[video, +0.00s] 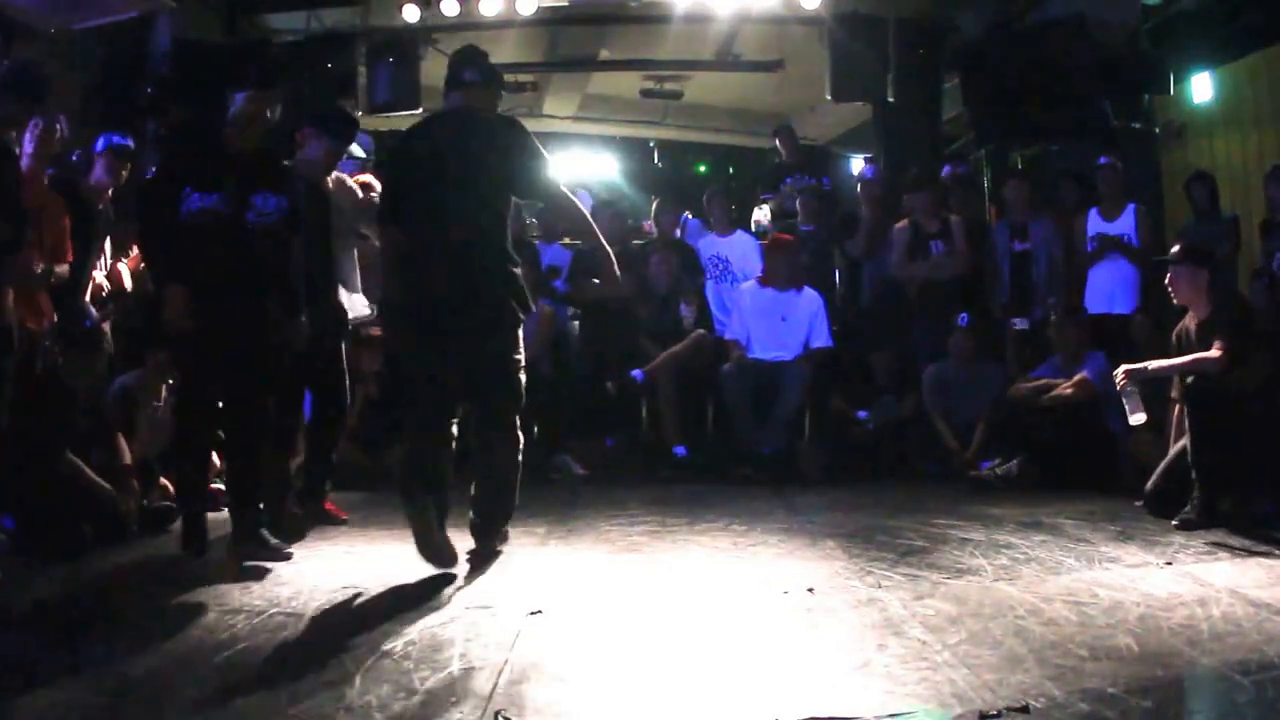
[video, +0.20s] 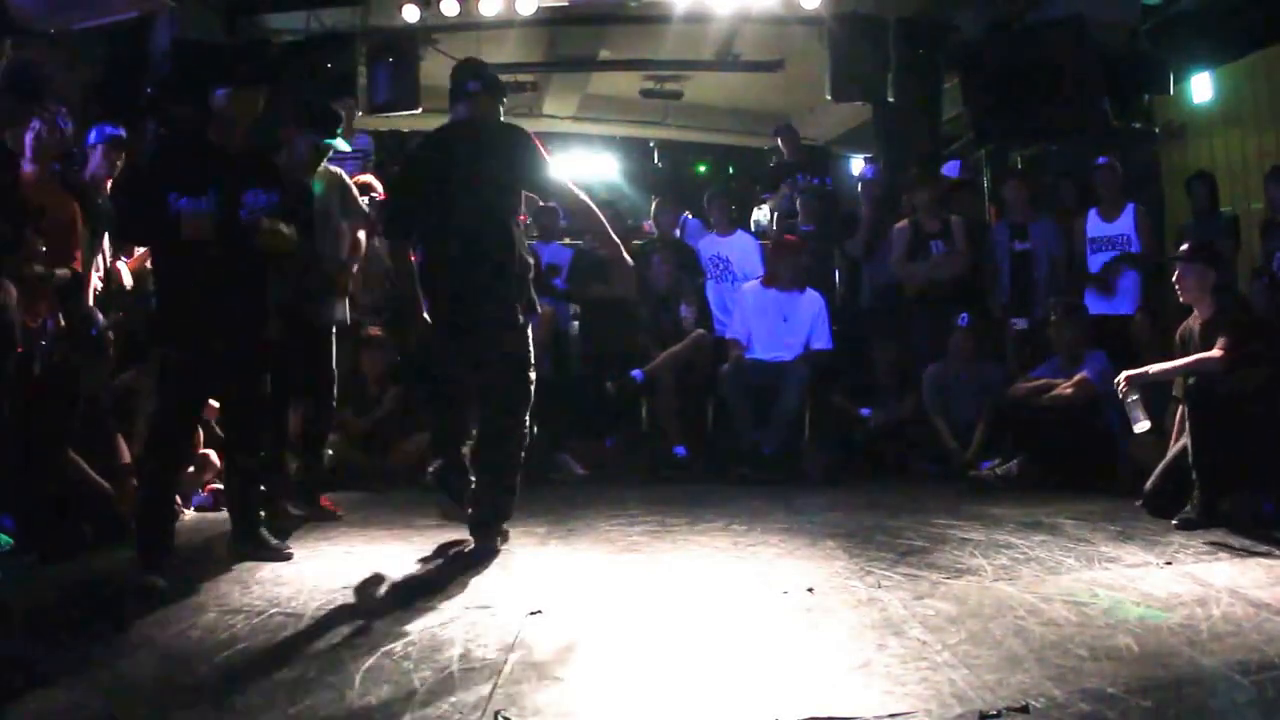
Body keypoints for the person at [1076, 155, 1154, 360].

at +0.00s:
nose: (1107, 183)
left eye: (1111, 177)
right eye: (1102, 178)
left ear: (1120, 180)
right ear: (1097, 181)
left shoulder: (1137, 214)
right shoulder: (1087, 218)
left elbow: (1145, 259)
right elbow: (1080, 263)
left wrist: (1119, 245)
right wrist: (1100, 250)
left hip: (1127, 302)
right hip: (1096, 303)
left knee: (1128, 360)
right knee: (1098, 361)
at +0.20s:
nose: (1105, 184)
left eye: (1110, 178)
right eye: (1100, 179)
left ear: (1119, 180)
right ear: (1095, 183)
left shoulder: (1136, 215)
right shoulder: (1085, 220)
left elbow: (1150, 258)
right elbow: (1077, 267)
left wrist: (1122, 260)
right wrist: (1095, 280)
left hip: (1129, 308)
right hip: (1097, 310)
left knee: (1131, 369)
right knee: (1100, 368)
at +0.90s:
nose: (1108, 180)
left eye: (1113, 174)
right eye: (1104, 175)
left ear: (1123, 178)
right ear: (1099, 179)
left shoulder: (1141, 213)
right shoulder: (1090, 216)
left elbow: (1150, 259)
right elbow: (1088, 260)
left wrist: (1129, 282)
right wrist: (1086, 296)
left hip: (1135, 305)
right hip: (1103, 305)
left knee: (1138, 362)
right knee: (1107, 363)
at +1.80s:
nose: (1104, 187)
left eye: (1109, 180)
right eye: (1099, 180)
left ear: (1119, 181)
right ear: (1093, 183)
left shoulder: (1134, 215)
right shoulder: (1086, 215)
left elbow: (1145, 253)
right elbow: (1083, 258)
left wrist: (1137, 279)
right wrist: (1083, 295)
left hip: (1129, 304)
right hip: (1097, 303)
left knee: (1126, 362)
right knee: (1096, 361)